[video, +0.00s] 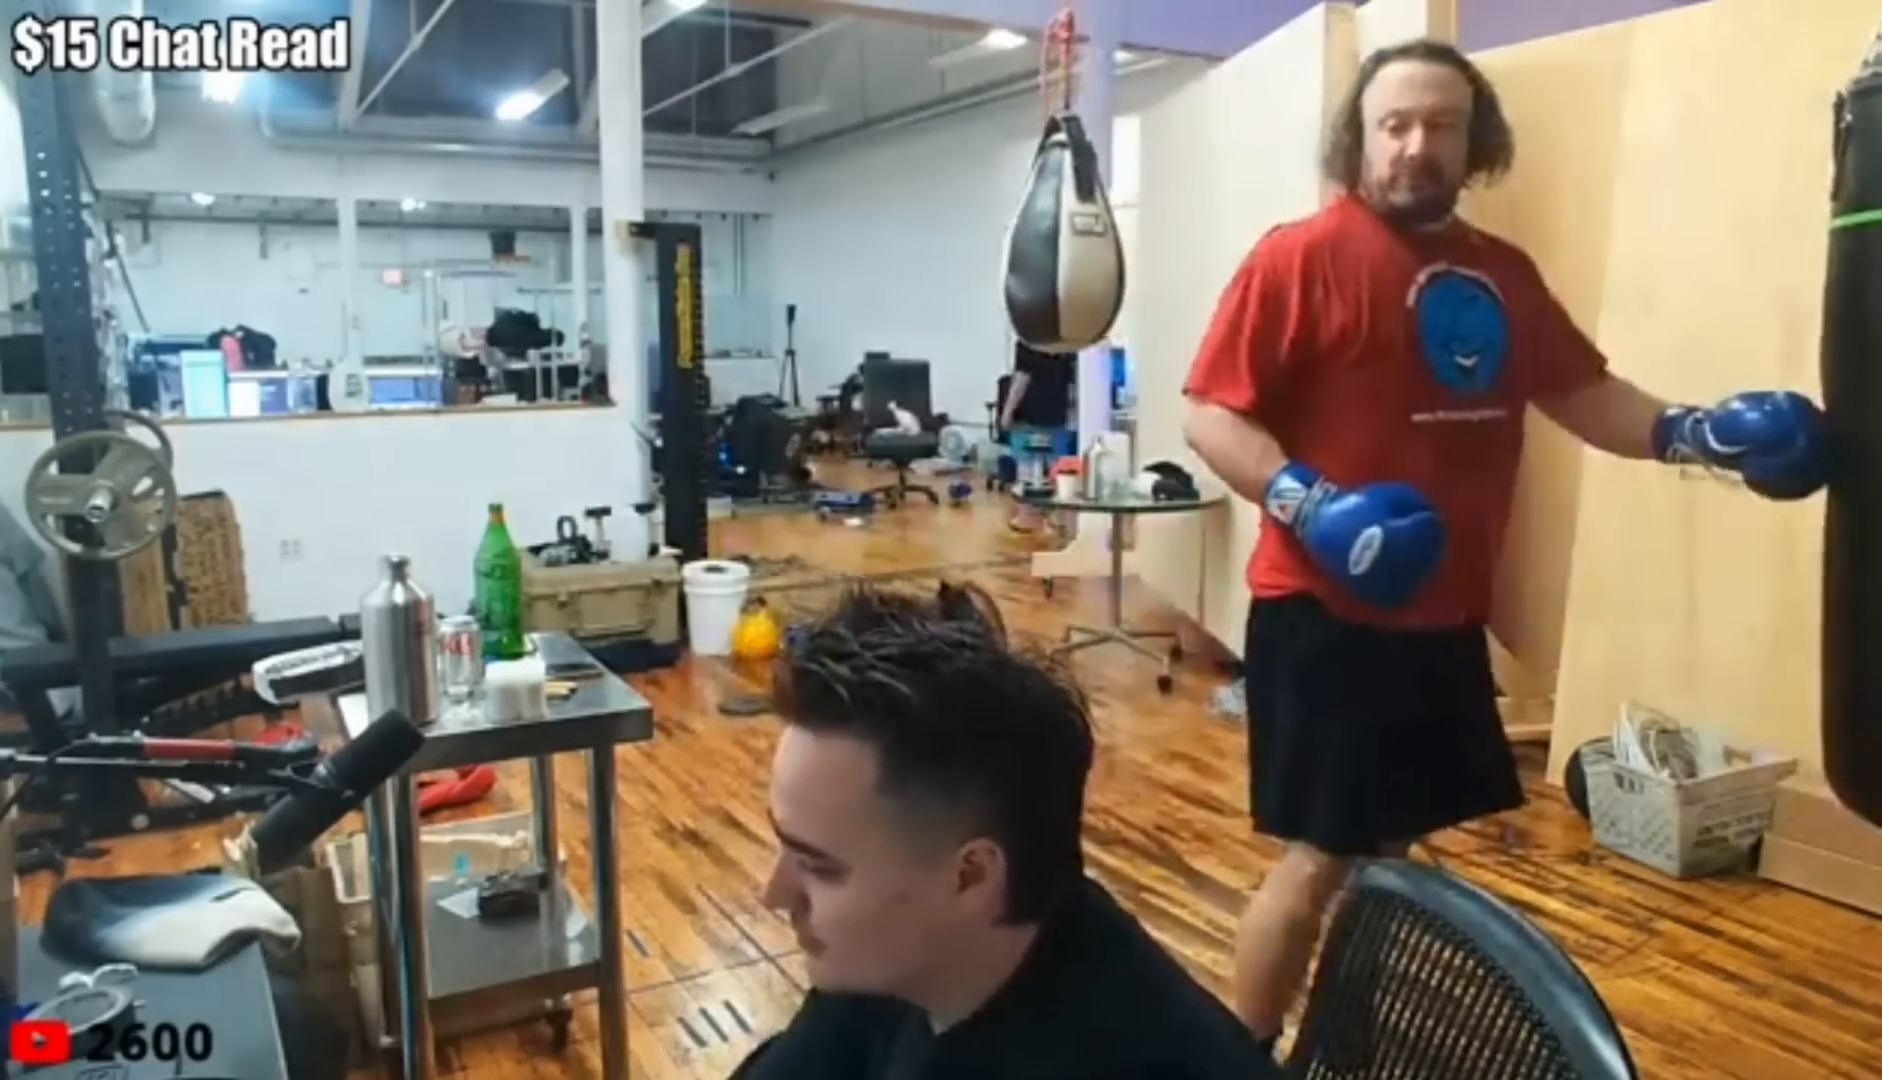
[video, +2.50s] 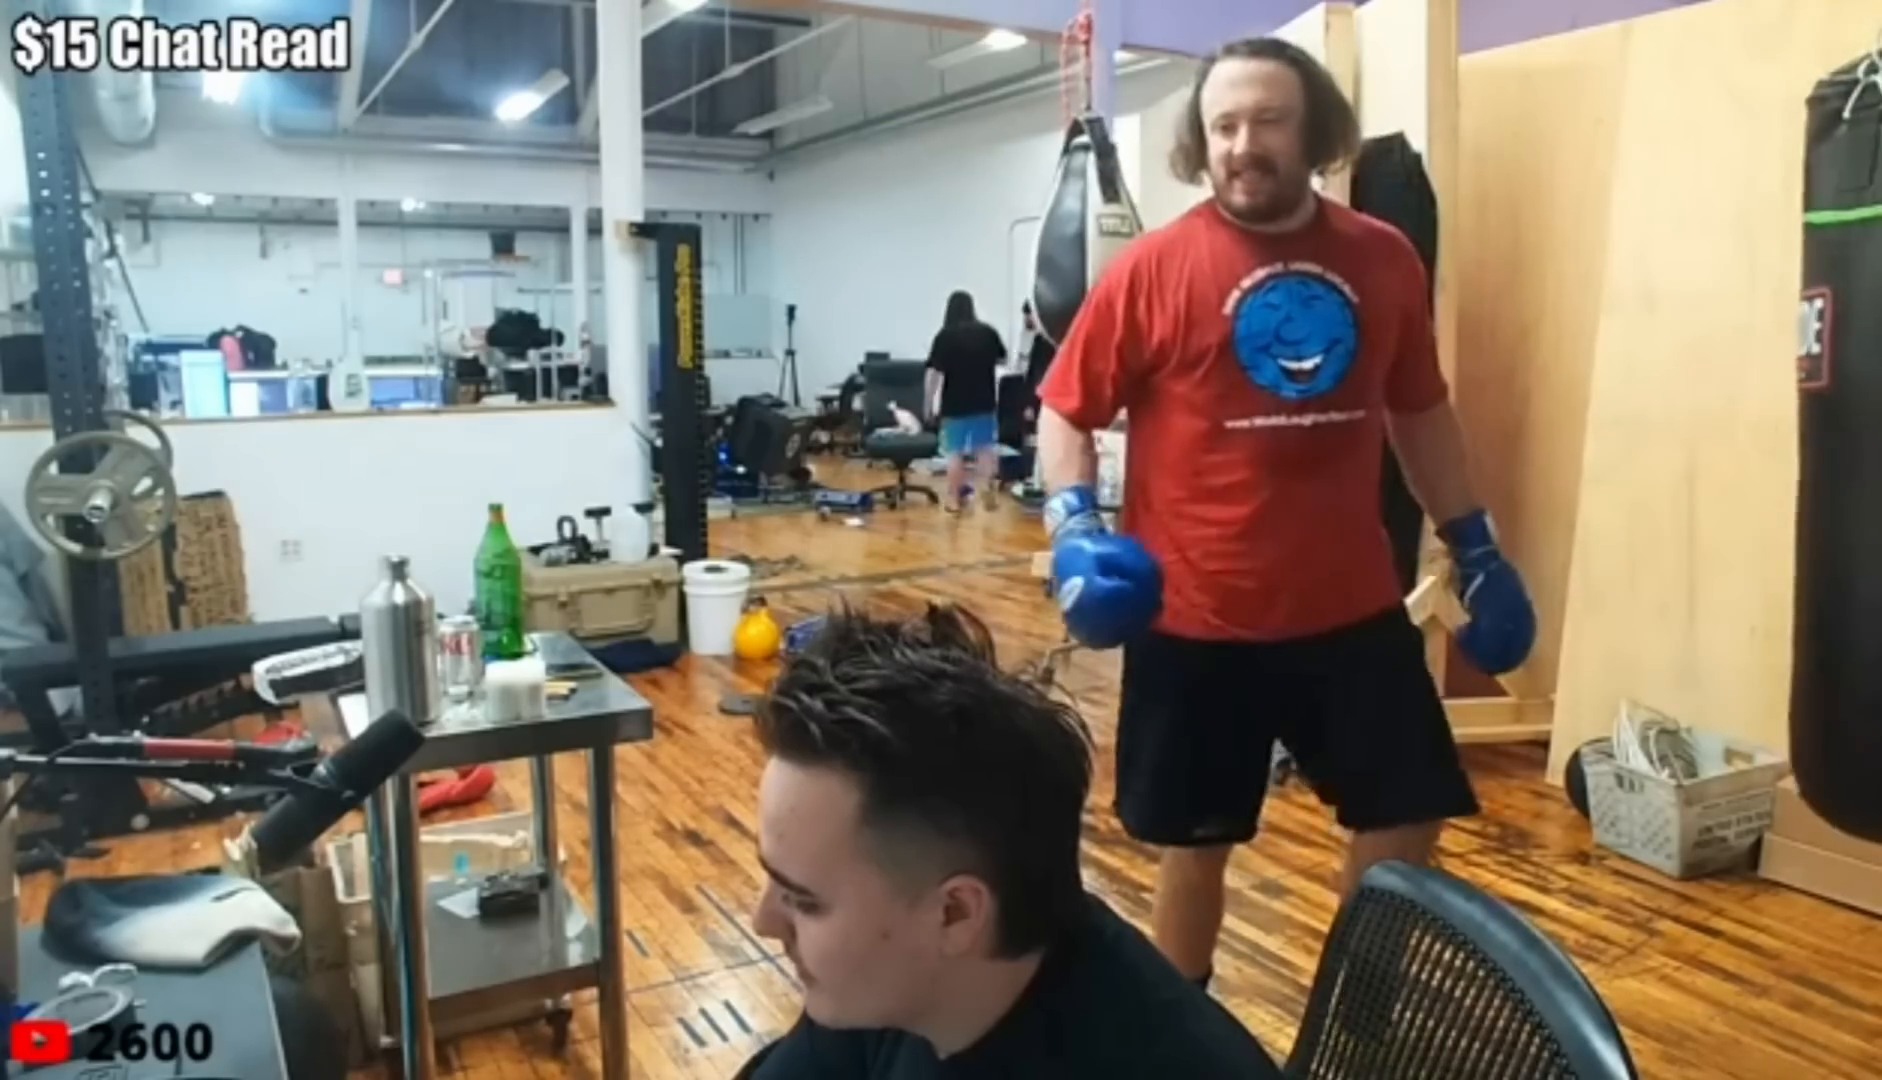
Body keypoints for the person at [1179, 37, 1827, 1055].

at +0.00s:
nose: (1415, 147)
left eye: (1441, 126)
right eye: (1394, 126)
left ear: (1474, 146)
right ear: (1357, 139)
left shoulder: (1500, 274)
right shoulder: (1295, 261)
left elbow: (1585, 394)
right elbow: (1209, 414)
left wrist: (1700, 431)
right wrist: (1307, 505)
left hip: (1442, 621)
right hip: (1320, 616)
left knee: (1386, 858)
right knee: (1314, 862)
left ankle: (1341, 1049)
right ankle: (1243, 1053)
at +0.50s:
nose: (1304, 159)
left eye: (1328, 136)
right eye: (1282, 138)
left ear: (1373, 151)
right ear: (1256, 151)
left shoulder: (1419, 271)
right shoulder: (1199, 270)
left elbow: (1445, 425)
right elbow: (1117, 426)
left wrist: (1532, 498)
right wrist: (1202, 502)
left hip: (1368, 629)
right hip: (1228, 628)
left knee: (1359, 856)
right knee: (1190, 858)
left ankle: (1341, 1052)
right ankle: (1137, 1046)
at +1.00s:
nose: (1261, 176)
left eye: (1278, 153)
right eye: (1236, 156)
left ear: (1299, 154)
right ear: (1185, 162)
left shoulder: (1350, 255)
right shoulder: (1127, 282)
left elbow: (1422, 385)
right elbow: (1050, 431)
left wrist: (1538, 434)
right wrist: (1115, 512)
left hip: (1339, 620)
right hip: (1190, 630)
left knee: (1375, 842)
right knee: (1167, 863)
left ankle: (1377, 1044)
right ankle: (1139, 1054)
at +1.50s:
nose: (1432, 171)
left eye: (1436, 150)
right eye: (1410, 152)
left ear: (1436, 151)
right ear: (1336, 157)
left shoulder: (1445, 276)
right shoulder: (1245, 285)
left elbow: (1510, 401)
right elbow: (1171, 443)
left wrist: (1615, 450)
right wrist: (1272, 527)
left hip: (1413, 622)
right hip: (1283, 626)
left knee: (1392, 826)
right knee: (1247, 827)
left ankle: (1368, 1017)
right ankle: (1153, 1011)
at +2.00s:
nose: (1416, 160)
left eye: (1429, 139)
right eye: (1390, 139)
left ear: (1441, 148)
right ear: (1327, 149)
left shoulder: (1447, 276)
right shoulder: (1247, 277)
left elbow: (1475, 412)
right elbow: (1179, 441)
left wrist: (1494, 484)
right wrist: (1299, 513)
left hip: (1400, 623)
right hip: (1275, 626)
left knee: (1375, 833)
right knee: (1250, 837)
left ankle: (1367, 1025)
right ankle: (1184, 1023)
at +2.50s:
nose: (1244, 145)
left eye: (1270, 122)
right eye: (1224, 124)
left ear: (1316, 136)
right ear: (1199, 140)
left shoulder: (1381, 260)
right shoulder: (1148, 273)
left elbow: (1420, 409)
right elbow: (1065, 406)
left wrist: (1477, 554)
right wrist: (1076, 528)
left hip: (1351, 623)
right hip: (1194, 631)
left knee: (1402, 830)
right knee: (1194, 849)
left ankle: (1360, 1040)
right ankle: (1174, 1046)